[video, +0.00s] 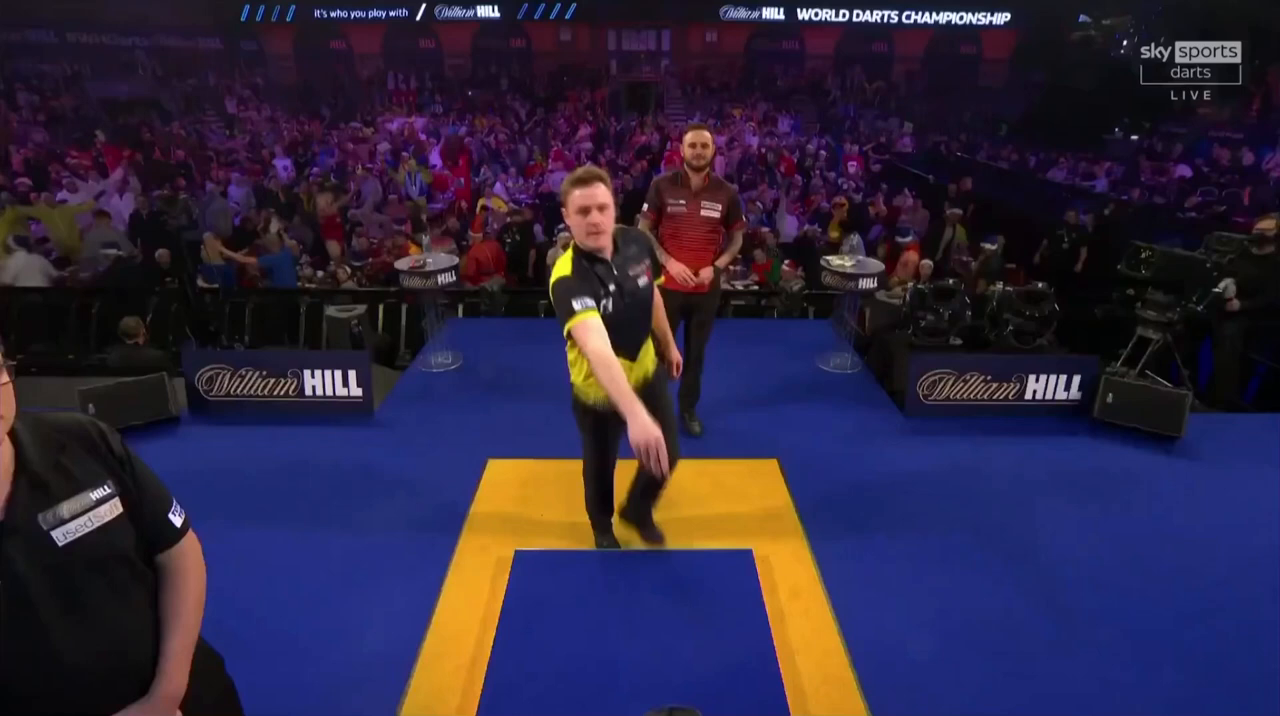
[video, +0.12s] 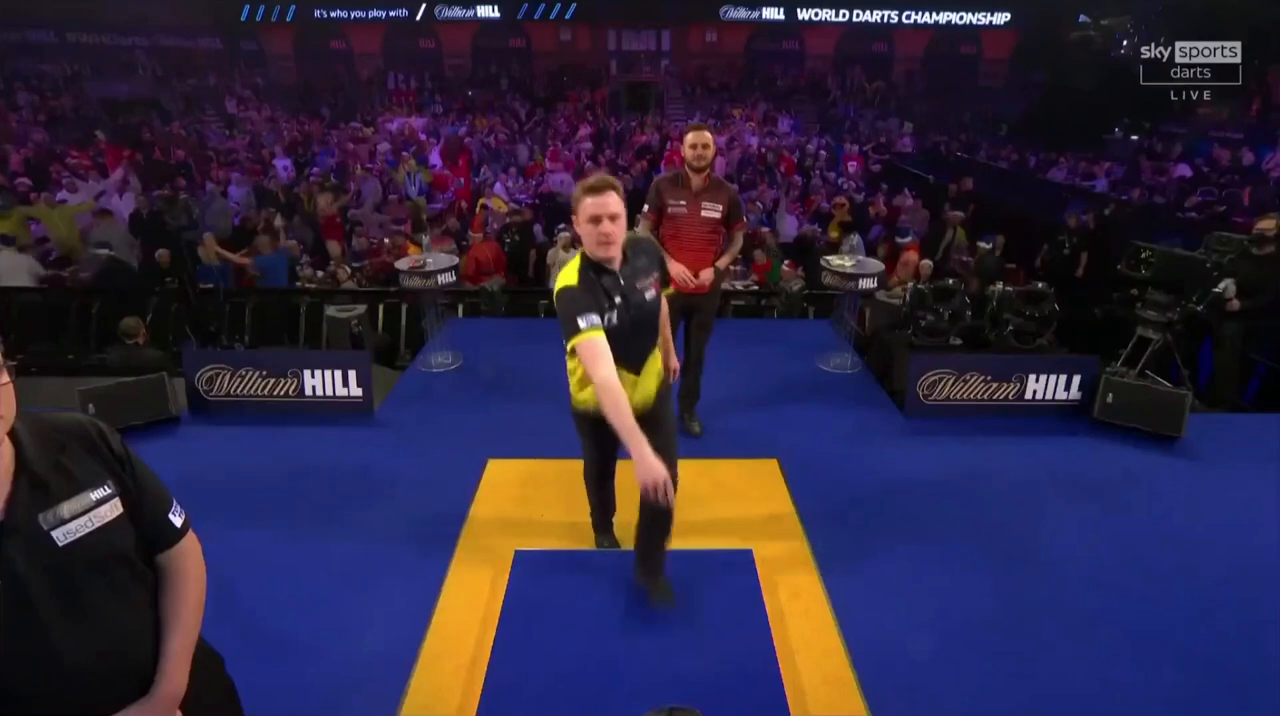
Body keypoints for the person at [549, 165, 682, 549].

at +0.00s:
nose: (594, 220)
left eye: (602, 209)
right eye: (583, 212)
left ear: (614, 209)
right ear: (567, 218)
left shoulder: (637, 243)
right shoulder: (568, 276)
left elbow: (650, 294)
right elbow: (596, 349)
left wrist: (668, 344)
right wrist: (635, 414)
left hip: (644, 366)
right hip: (598, 380)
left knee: (666, 452)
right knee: (601, 461)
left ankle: (637, 509)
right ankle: (603, 527)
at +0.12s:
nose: (606, 230)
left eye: (614, 218)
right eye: (594, 221)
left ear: (627, 218)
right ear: (576, 226)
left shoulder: (645, 249)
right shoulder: (573, 286)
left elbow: (657, 300)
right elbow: (603, 377)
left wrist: (667, 348)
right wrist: (643, 454)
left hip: (649, 380)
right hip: (596, 393)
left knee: (662, 476)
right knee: (600, 468)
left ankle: (650, 568)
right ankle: (604, 530)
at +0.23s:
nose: (620, 242)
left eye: (629, 230)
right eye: (608, 232)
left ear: (642, 233)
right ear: (589, 237)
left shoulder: (661, 269)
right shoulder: (580, 298)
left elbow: (671, 314)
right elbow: (603, 397)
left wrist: (675, 364)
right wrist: (640, 482)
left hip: (655, 407)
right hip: (601, 415)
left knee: (656, 514)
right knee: (602, 475)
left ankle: (660, 624)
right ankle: (604, 528)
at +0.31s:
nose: (631, 247)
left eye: (640, 236)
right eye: (619, 236)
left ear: (654, 240)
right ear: (600, 242)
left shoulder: (671, 281)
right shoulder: (586, 306)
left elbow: (682, 328)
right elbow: (594, 417)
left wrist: (685, 382)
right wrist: (633, 502)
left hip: (660, 428)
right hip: (606, 432)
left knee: (656, 532)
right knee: (603, 489)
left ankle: (657, 629)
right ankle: (604, 527)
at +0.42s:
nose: (643, 253)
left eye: (654, 241)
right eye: (631, 241)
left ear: (668, 245)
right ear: (611, 246)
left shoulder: (690, 296)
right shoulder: (589, 312)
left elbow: (705, 358)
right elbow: (569, 420)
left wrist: (709, 422)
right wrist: (605, 509)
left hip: (670, 438)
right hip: (611, 442)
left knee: (661, 546)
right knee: (612, 532)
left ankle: (656, 634)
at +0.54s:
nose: (643, 250)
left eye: (654, 237)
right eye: (630, 238)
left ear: (670, 241)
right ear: (610, 244)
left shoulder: (700, 301)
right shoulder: (588, 310)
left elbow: (725, 385)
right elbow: (554, 413)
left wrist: (738, 468)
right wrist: (569, 504)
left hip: (672, 457)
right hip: (605, 458)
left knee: (660, 567)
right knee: (614, 571)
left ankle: (656, 631)